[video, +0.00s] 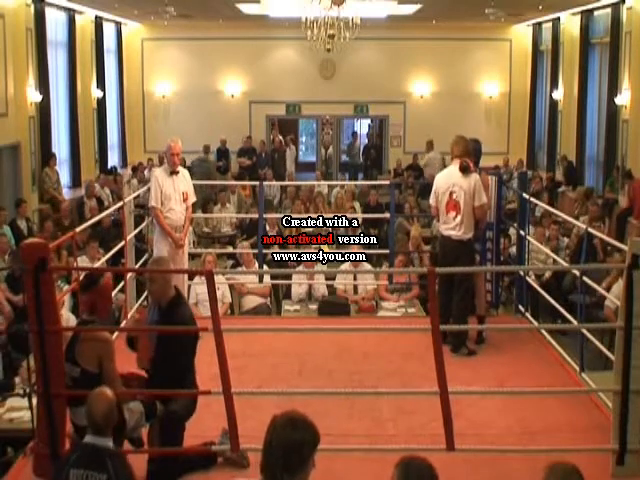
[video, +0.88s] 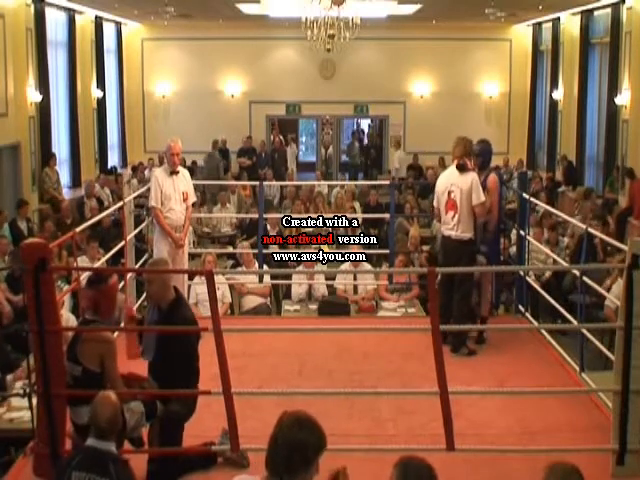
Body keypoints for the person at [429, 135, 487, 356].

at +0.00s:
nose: (463, 157)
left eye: (455, 152)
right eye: (467, 153)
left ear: (451, 154)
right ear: (470, 154)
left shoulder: (440, 176)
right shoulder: (474, 178)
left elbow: (434, 208)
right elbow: (480, 210)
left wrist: (446, 220)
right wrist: (477, 228)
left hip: (444, 238)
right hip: (464, 240)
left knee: (445, 286)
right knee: (462, 289)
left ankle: (443, 328)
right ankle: (459, 339)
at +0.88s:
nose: (472, 159)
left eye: (470, 155)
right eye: (472, 155)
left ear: (453, 155)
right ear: (470, 156)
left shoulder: (442, 177)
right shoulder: (471, 178)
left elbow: (437, 209)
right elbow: (480, 209)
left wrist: (446, 221)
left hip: (445, 237)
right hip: (464, 239)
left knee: (446, 285)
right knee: (463, 288)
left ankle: (444, 328)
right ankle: (459, 338)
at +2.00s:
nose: (465, 155)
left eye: (456, 151)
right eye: (465, 152)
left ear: (447, 153)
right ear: (465, 153)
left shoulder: (437, 178)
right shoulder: (470, 176)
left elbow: (433, 210)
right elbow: (478, 207)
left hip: (444, 237)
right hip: (464, 237)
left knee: (445, 284)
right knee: (466, 286)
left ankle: (443, 329)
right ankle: (464, 336)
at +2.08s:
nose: (468, 156)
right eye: (467, 153)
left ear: (448, 154)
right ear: (466, 154)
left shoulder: (438, 178)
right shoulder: (470, 176)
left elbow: (433, 210)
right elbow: (478, 208)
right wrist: (466, 214)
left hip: (445, 237)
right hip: (465, 238)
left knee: (446, 285)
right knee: (466, 286)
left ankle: (443, 329)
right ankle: (465, 336)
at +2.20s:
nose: (471, 156)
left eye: (467, 152)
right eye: (470, 153)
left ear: (450, 154)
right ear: (468, 154)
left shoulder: (441, 178)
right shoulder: (472, 177)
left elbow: (435, 212)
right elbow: (479, 210)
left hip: (447, 237)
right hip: (466, 238)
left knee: (447, 284)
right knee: (467, 286)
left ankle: (444, 328)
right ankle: (465, 336)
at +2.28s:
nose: (472, 156)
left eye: (469, 152)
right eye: (471, 153)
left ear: (452, 154)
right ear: (469, 154)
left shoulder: (443, 178)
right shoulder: (473, 178)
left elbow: (437, 213)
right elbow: (480, 210)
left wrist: (451, 220)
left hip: (448, 237)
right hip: (467, 238)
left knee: (448, 284)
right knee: (467, 286)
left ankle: (444, 329)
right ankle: (465, 337)